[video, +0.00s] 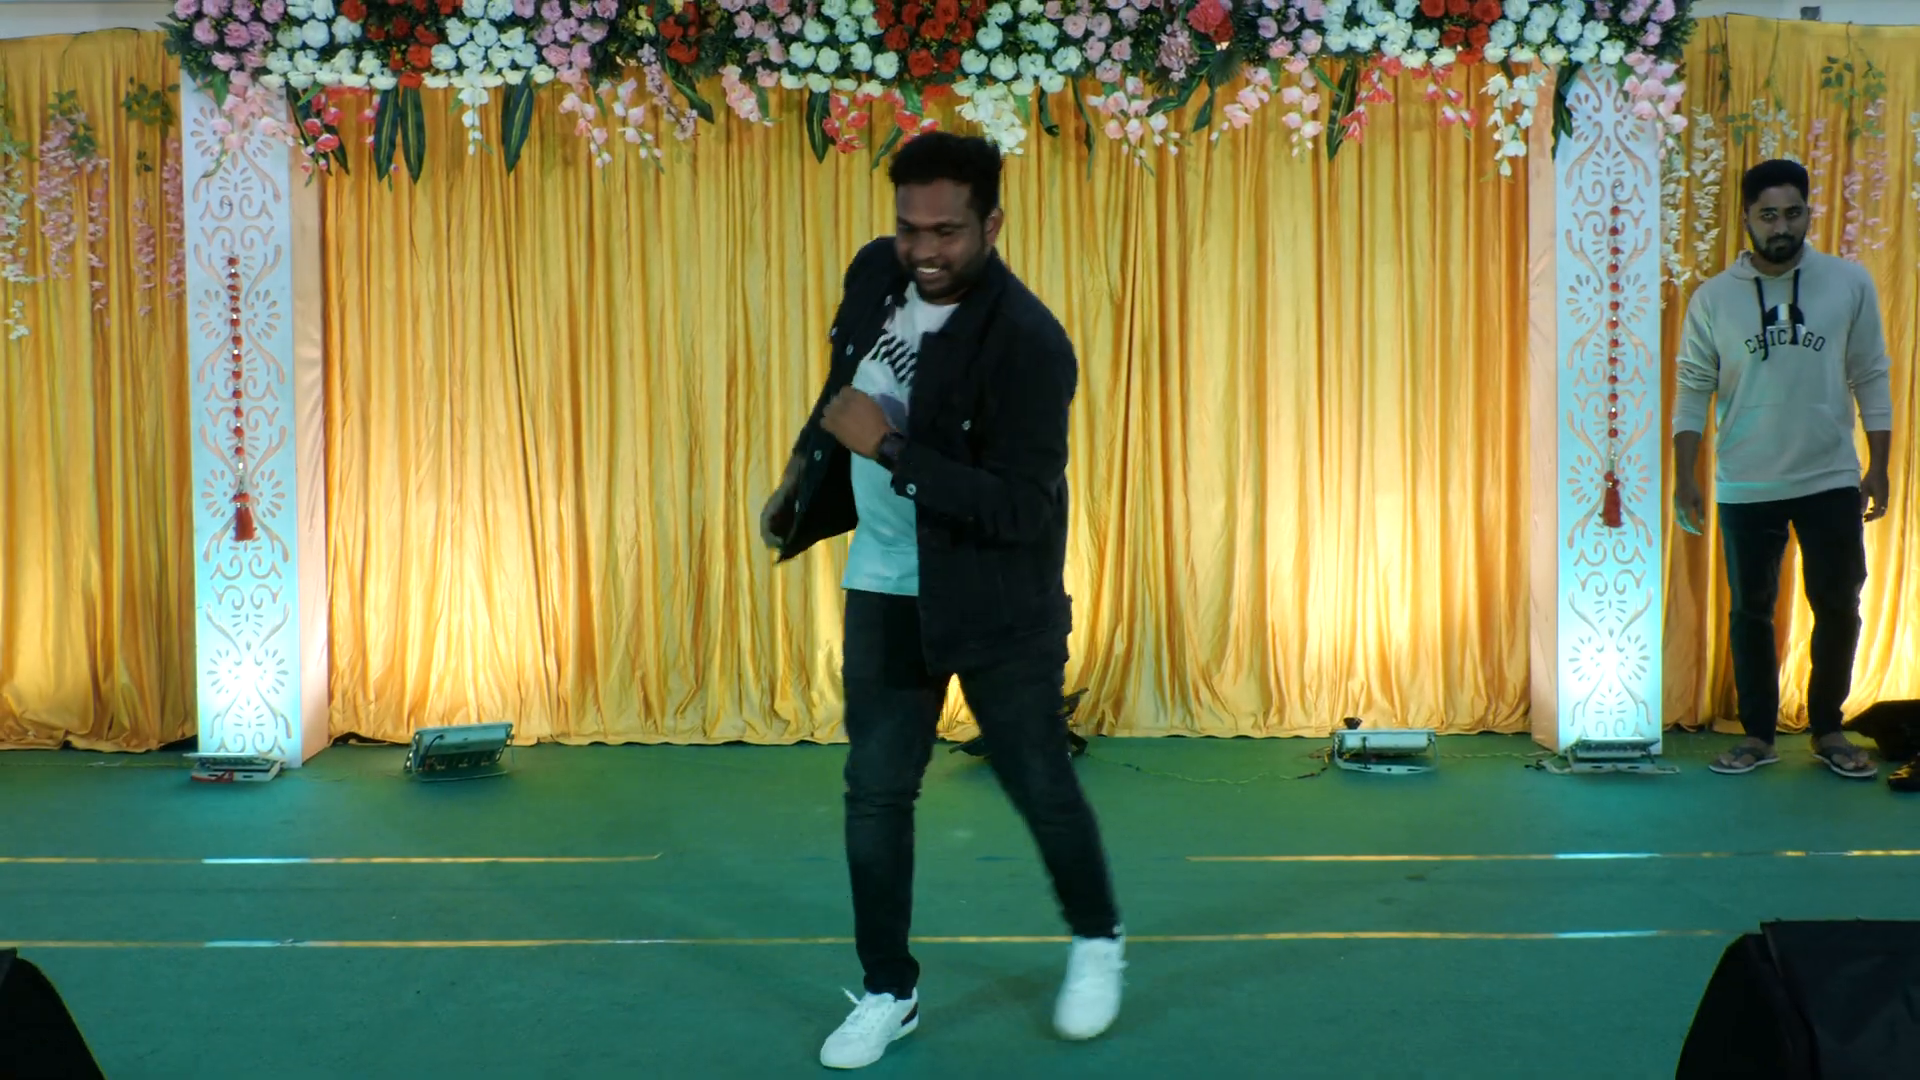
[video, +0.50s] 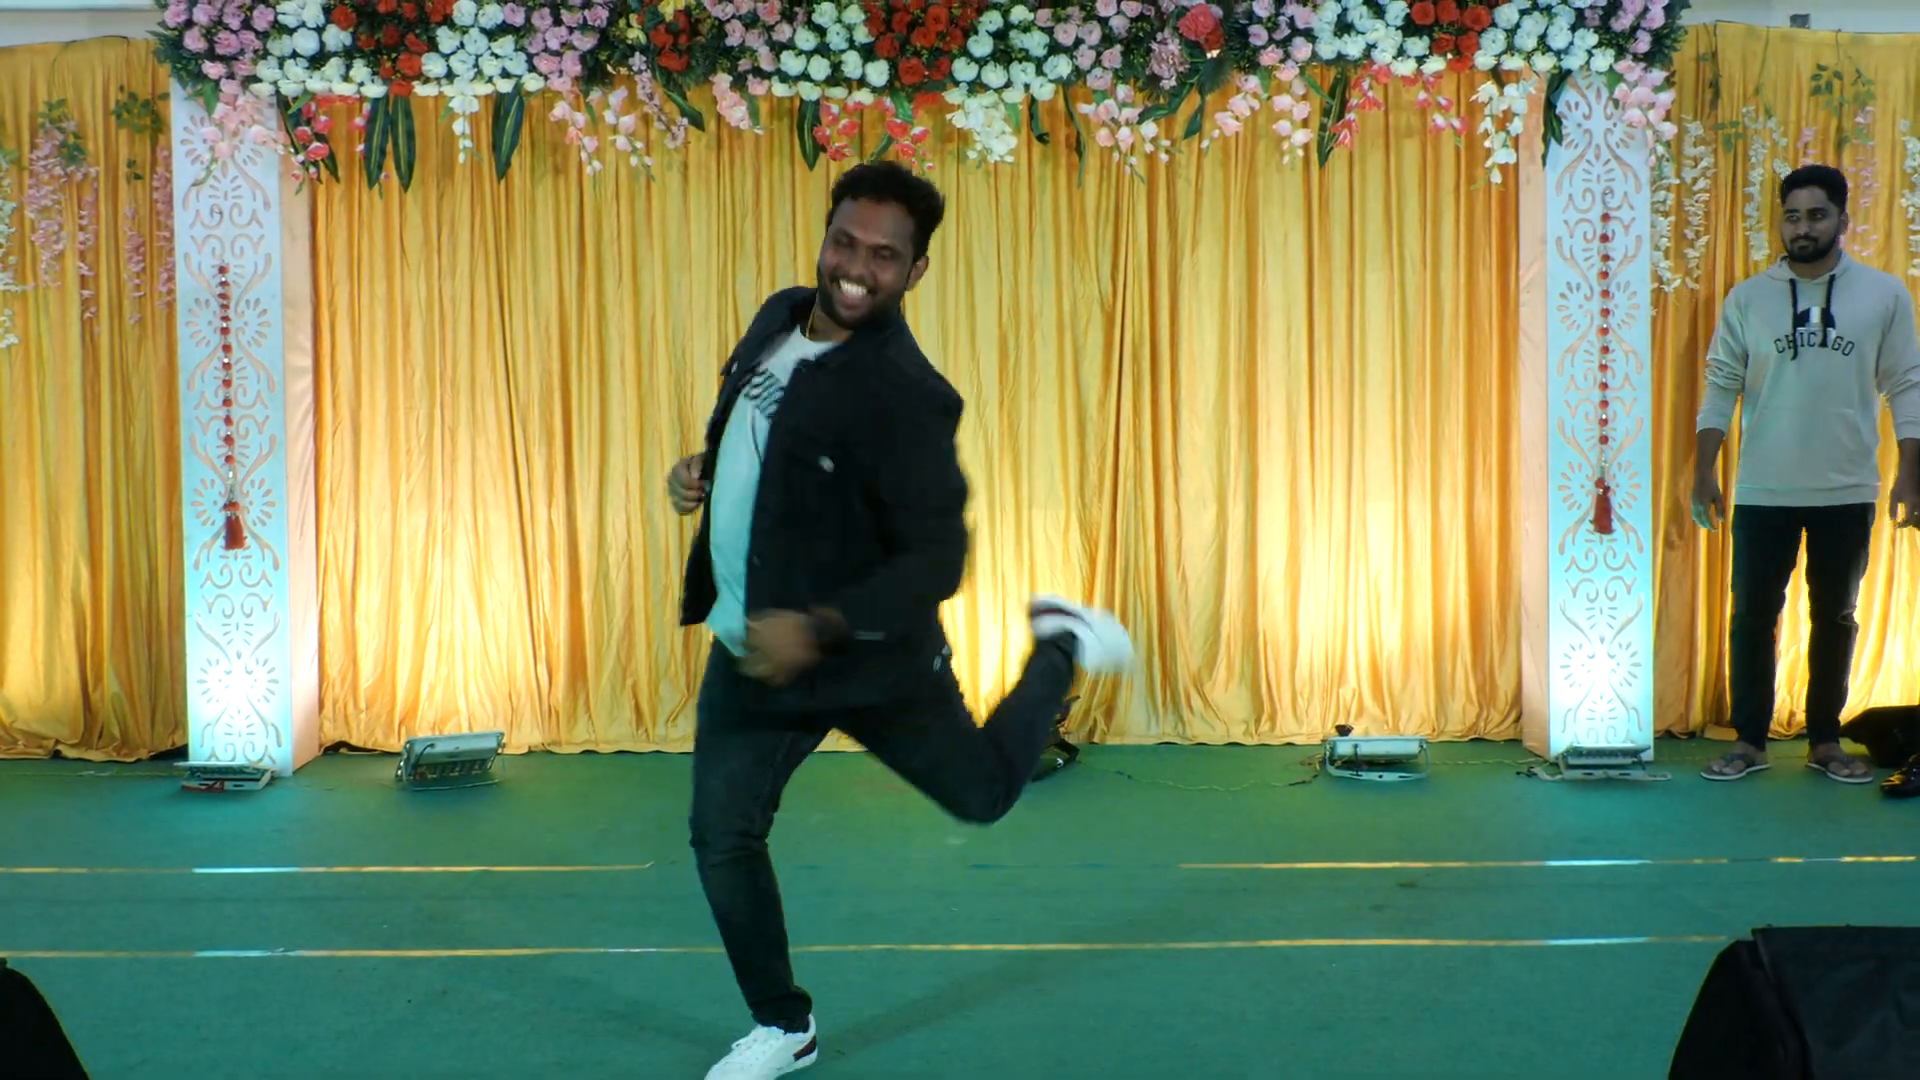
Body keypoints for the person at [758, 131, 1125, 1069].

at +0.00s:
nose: (924, 251)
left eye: (945, 233)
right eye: (910, 230)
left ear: (991, 224)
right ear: (894, 219)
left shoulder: (1028, 343)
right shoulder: (874, 276)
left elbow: (1025, 512)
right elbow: (850, 393)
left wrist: (891, 447)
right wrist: (807, 481)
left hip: (995, 600)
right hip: (887, 591)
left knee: (1037, 777)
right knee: (875, 790)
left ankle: (1096, 938)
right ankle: (887, 990)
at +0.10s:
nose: (897, 255)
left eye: (919, 239)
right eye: (884, 233)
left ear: (966, 238)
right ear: (869, 228)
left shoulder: (1005, 345)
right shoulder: (854, 293)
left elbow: (987, 511)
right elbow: (832, 417)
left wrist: (868, 430)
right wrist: (814, 517)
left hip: (985, 611)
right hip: (877, 601)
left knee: (1012, 798)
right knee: (845, 791)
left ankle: (1052, 964)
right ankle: (877, 983)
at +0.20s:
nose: (871, 249)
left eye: (894, 232)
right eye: (859, 228)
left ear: (940, 235)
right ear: (845, 226)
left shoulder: (974, 341)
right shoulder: (840, 300)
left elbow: (901, 482)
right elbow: (838, 433)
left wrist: (803, 398)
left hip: (970, 607)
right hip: (861, 588)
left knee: (1004, 797)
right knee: (790, 751)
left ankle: (1052, 965)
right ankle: (840, 954)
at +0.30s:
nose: (842, 213)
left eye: (867, 200)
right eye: (833, 192)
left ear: (913, 212)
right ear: (821, 189)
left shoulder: (925, 310)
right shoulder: (810, 267)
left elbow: (829, 451)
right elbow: (798, 393)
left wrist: (684, 405)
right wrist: (801, 479)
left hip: (954, 583)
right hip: (837, 575)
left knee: (1017, 762)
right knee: (772, 751)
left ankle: (1061, 947)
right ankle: (793, 976)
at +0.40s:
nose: (841, 222)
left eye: (866, 211)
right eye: (833, 202)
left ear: (910, 228)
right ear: (816, 201)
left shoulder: (901, 332)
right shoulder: (799, 282)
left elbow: (832, 493)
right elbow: (783, 424)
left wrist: (686, 528)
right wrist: (766, 535)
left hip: (906, 610)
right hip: (799, 610)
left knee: (1002, 754)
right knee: (759, 806)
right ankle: (782, 1015)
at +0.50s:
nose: (857, 266)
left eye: (883, 254)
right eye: (846, 242)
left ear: (915, 270)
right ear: (822, 238)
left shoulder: (908, 396)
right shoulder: (779, 319)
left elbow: (938, 559)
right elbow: (762, 432)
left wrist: (826, 624)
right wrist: (709, 470)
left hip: (876, 664)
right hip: (755, 661)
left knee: (981, 794)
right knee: (723, 836)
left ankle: (1060, 645)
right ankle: (782, 1022)